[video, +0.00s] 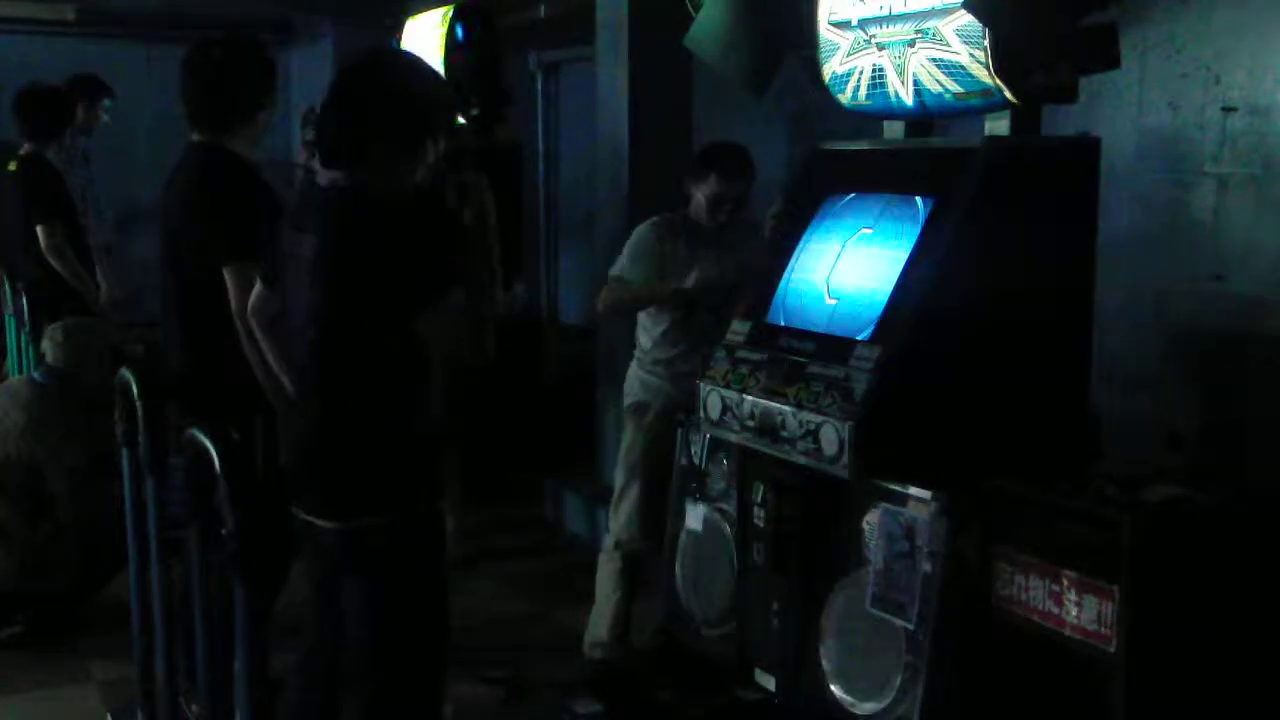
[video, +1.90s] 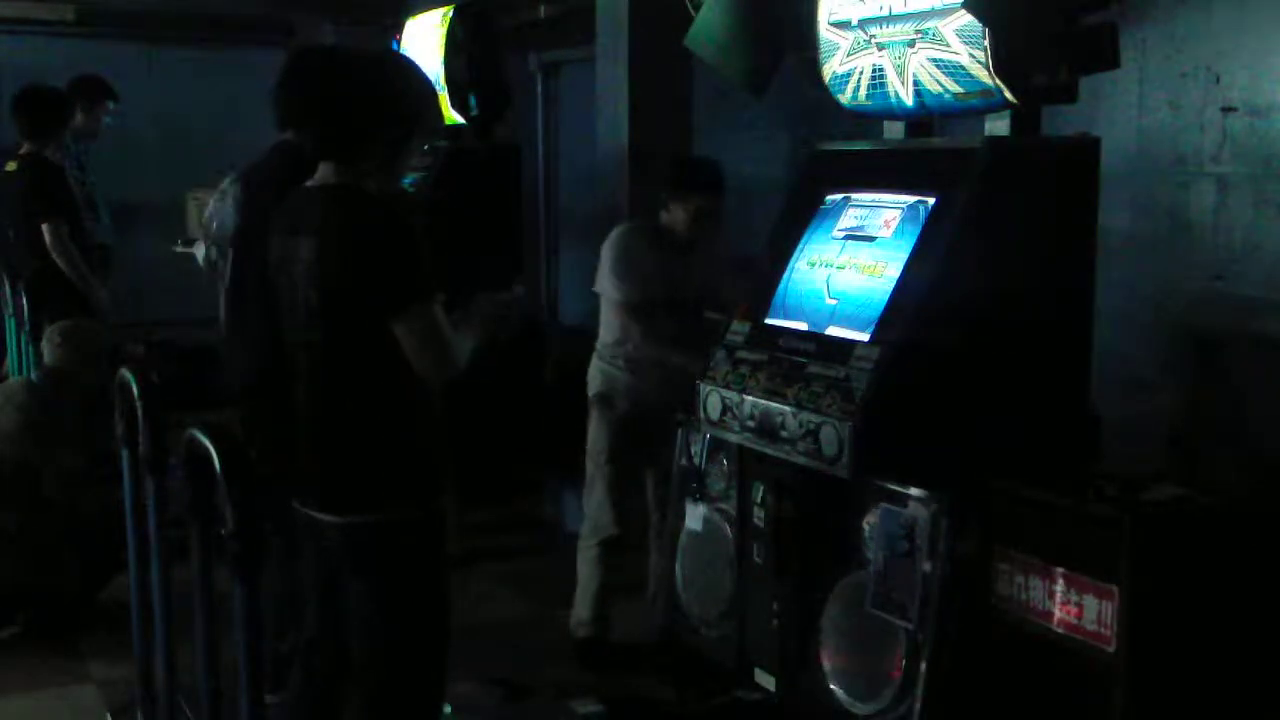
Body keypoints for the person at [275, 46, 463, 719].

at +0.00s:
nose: (441, 150)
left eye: (440, 133)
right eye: (434, 133)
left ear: (339, 120)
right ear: (409, 137)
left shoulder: (310, 206)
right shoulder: (406, 219)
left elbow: (258, 311)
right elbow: (469, 333)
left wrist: (297, 399)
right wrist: (480, 222)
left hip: (318, 451)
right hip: (390, 467)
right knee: (400, 648)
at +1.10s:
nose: (424, 137)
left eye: (423, 120)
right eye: (417, 121)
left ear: (327, 119)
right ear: (390, 125)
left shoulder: (304, 211)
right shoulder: (409, 221)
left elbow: (255, 326)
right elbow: (471, 329)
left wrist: (298, 398)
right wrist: (462, 258)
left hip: (314, 457)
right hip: (391, 465)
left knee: (325, 630)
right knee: (403, 647)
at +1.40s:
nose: (420, 139)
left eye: (419, 124)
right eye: (414, 124)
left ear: (325, 123)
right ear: (391, 128)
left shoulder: (291, 217)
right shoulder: (393, 218)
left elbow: (287, 354)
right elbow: (442, 360)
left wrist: (322, 403)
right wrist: (477, 354)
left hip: (316, 471)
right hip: (393, 479)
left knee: (328, 648)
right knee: (405, 660)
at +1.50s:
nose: (420, 141)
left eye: (420, 125)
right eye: (413, 126)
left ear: (328, 122)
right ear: (388, 127)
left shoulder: (291, 211)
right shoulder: (383, 216)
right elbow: (434, 356)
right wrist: (470, 346)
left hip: (310, 467)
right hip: (385, 479)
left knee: (326, 650)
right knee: (403, 660)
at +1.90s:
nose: (418, 146)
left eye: (419, 130)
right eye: (412, 130)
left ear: (327, 124)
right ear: (387, 128)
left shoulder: (287, 215)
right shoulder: (384, 220)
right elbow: (437, 360)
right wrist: (481, 320)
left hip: (308, 473)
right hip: (387, 487)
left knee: (325, 652)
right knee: (402, 666)